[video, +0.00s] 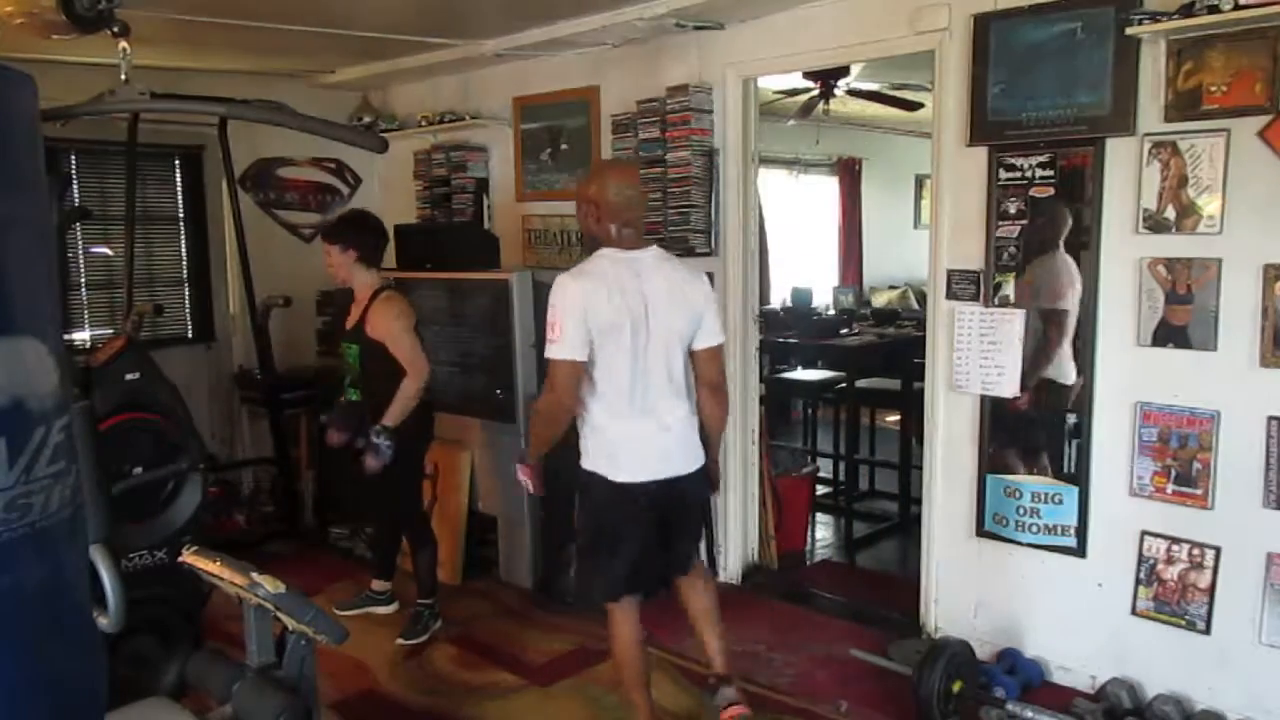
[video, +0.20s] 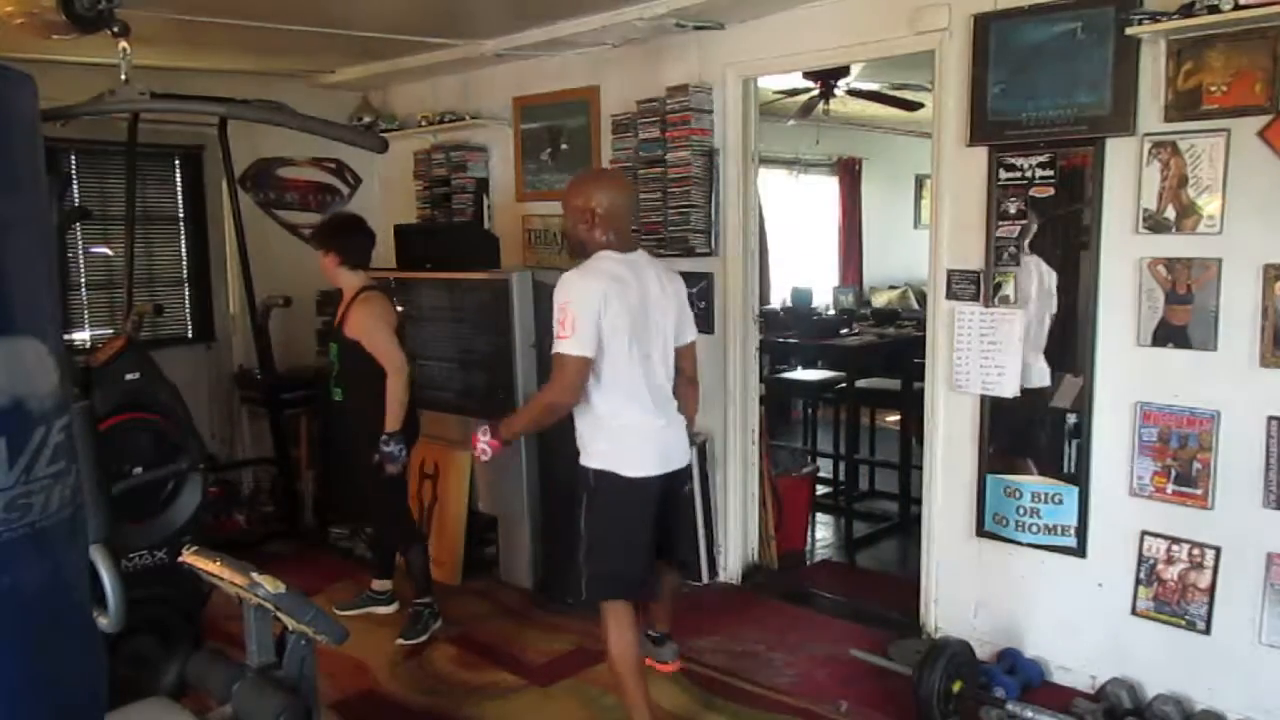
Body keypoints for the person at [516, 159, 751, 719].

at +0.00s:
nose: (579, 218)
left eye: (581, 209)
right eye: (581, 208)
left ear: (596, 211)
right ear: (642, 210)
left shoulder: (576, 286)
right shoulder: (690, 278)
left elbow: (562, 394)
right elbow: (713, 382)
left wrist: (532, 454)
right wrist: (708, 459)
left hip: (614, 476)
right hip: (684, 467)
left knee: (622, 599)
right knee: (691, 568)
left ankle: (641, 711)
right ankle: (725, 685)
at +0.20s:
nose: (563, 227)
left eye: (568, 217)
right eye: (565, 216)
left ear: (594, 219)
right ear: (621, 219)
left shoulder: (582, 283)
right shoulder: (667, 278)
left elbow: (567, 388)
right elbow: (686, 374)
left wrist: (501, 432)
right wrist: (678, 441)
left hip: (617, 464)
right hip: (671, 457)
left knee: (617, 599)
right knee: (662, 554)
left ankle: (640, 712)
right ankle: (660, 641)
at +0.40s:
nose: (555, 230)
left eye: (562, 220)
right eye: (556, 219)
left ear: (598, 223)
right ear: (605, 225)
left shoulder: (596, 290)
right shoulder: (648, 277)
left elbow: (603, 387)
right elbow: (670, 359)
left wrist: (569, 479)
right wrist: (648, 417)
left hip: (615, 457)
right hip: (650, 450)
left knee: (608, 588)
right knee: (624, 554)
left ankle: (643, 711)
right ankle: (640, 640)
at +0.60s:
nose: (555, 223)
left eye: (563, 212)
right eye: (553, 213)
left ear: (599, 215)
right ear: (573, 218)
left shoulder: (621, 272)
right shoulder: (589, 271)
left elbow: (653, 365)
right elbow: (613, 356)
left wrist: (648, 450)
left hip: (623, 443)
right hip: (599, 438)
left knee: (611, 563)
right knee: (611, 556)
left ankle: (657, 697)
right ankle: (639, 646)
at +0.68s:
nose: (557, 220)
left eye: (566, 209)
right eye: (553, 212)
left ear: (598, 211)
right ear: (560, 219)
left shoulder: (629, 267)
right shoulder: (580, 272)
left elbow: (668, 355)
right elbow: (599, 348)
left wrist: (669, 441)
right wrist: (582, 411)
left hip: (629, 432)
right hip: (596, 430)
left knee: (612, 551)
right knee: (606, 547)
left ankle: (675, 670)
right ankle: (639, 642)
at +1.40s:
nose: (635, 230)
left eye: (648, 219)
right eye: (625, 218)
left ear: (668, 226)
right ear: (612, 224)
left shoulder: (695, 293)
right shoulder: (597, 292)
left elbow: (734, 378)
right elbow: (574, 370)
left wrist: (690, 430)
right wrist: (552, 430)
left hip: (678, 459)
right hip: (621, 457)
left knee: (688, 584)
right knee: (631, 557)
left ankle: (708, 701)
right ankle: (647, 648)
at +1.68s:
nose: (658, 217)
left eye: (670, 203)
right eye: (647, 208)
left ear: (699, 207)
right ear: (638, 218)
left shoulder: (743, 284)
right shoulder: (628, 285)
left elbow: (765, 379)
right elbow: (621, 357)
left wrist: (709, 353)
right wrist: (624, 404)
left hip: (710, 463)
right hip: (637, 457)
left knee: (714, 593)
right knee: (614, 575)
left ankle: (712, 706)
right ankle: (644, 644)